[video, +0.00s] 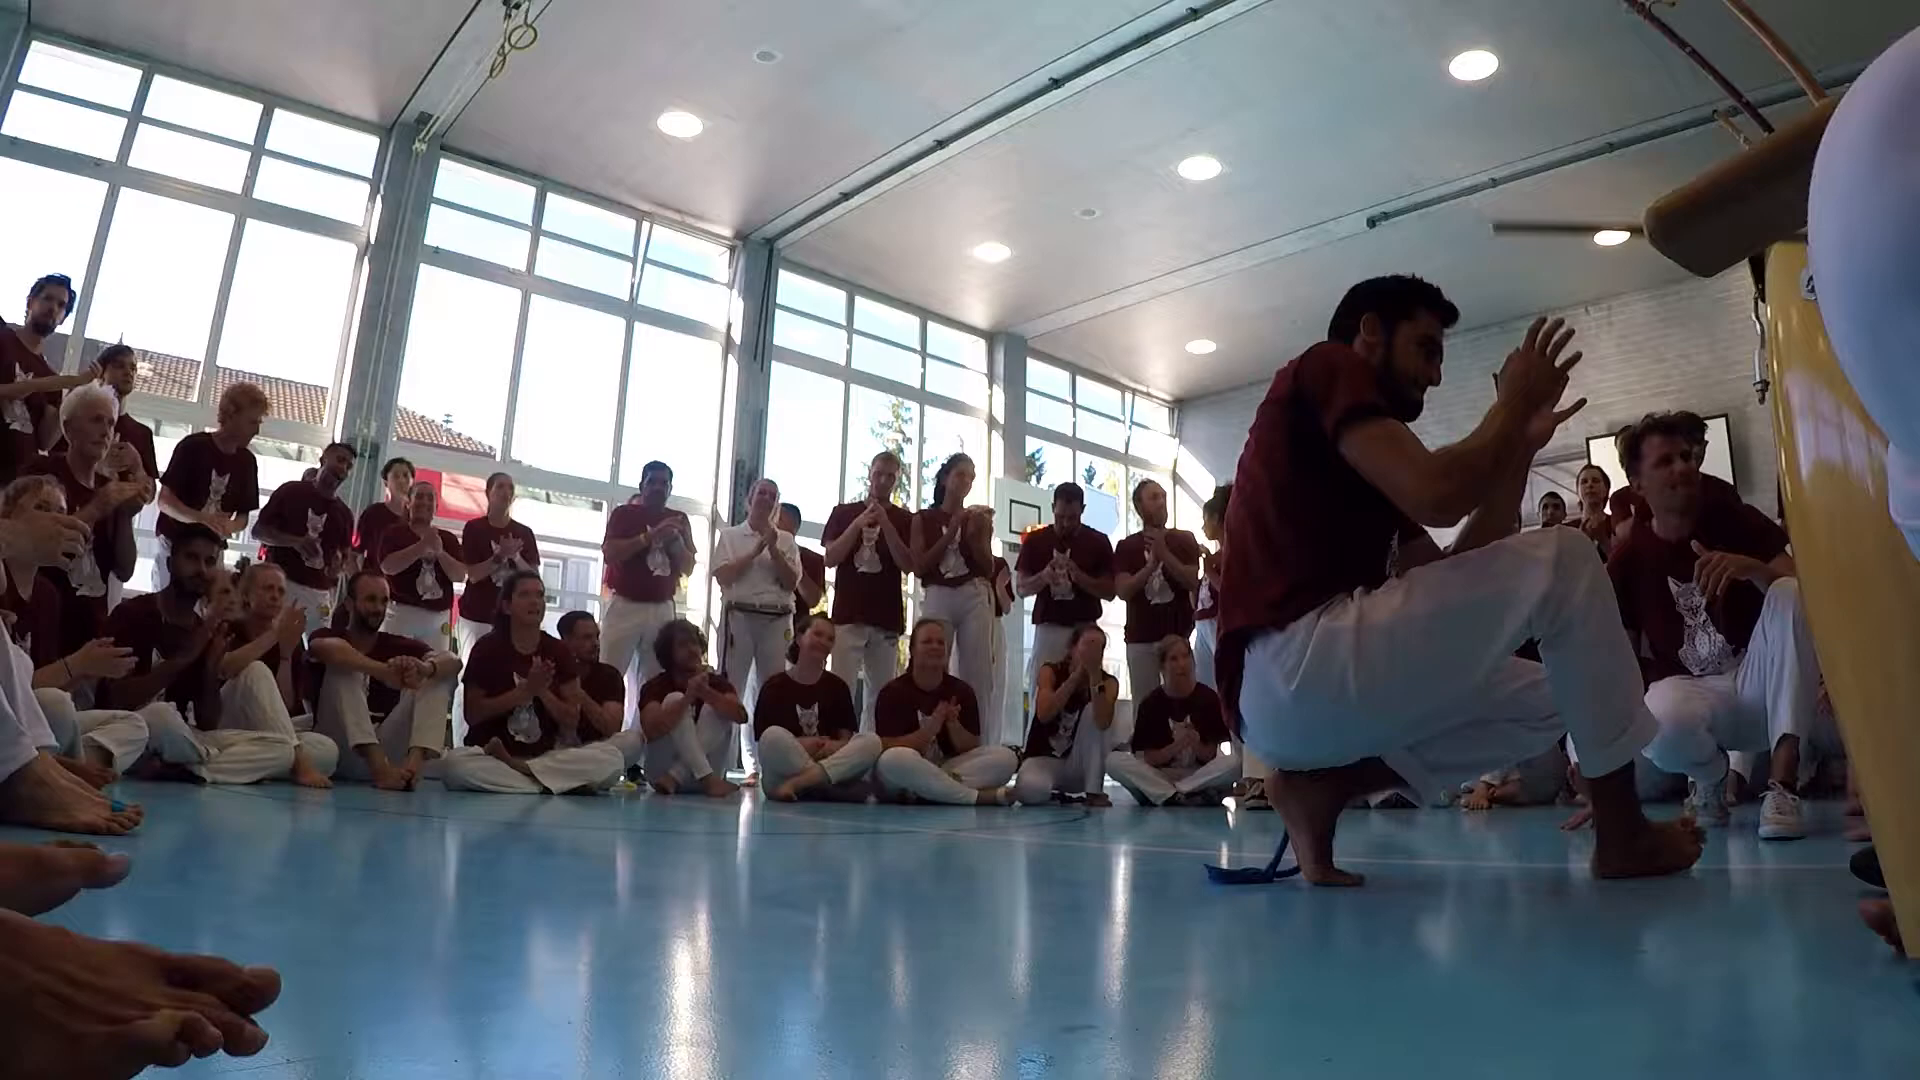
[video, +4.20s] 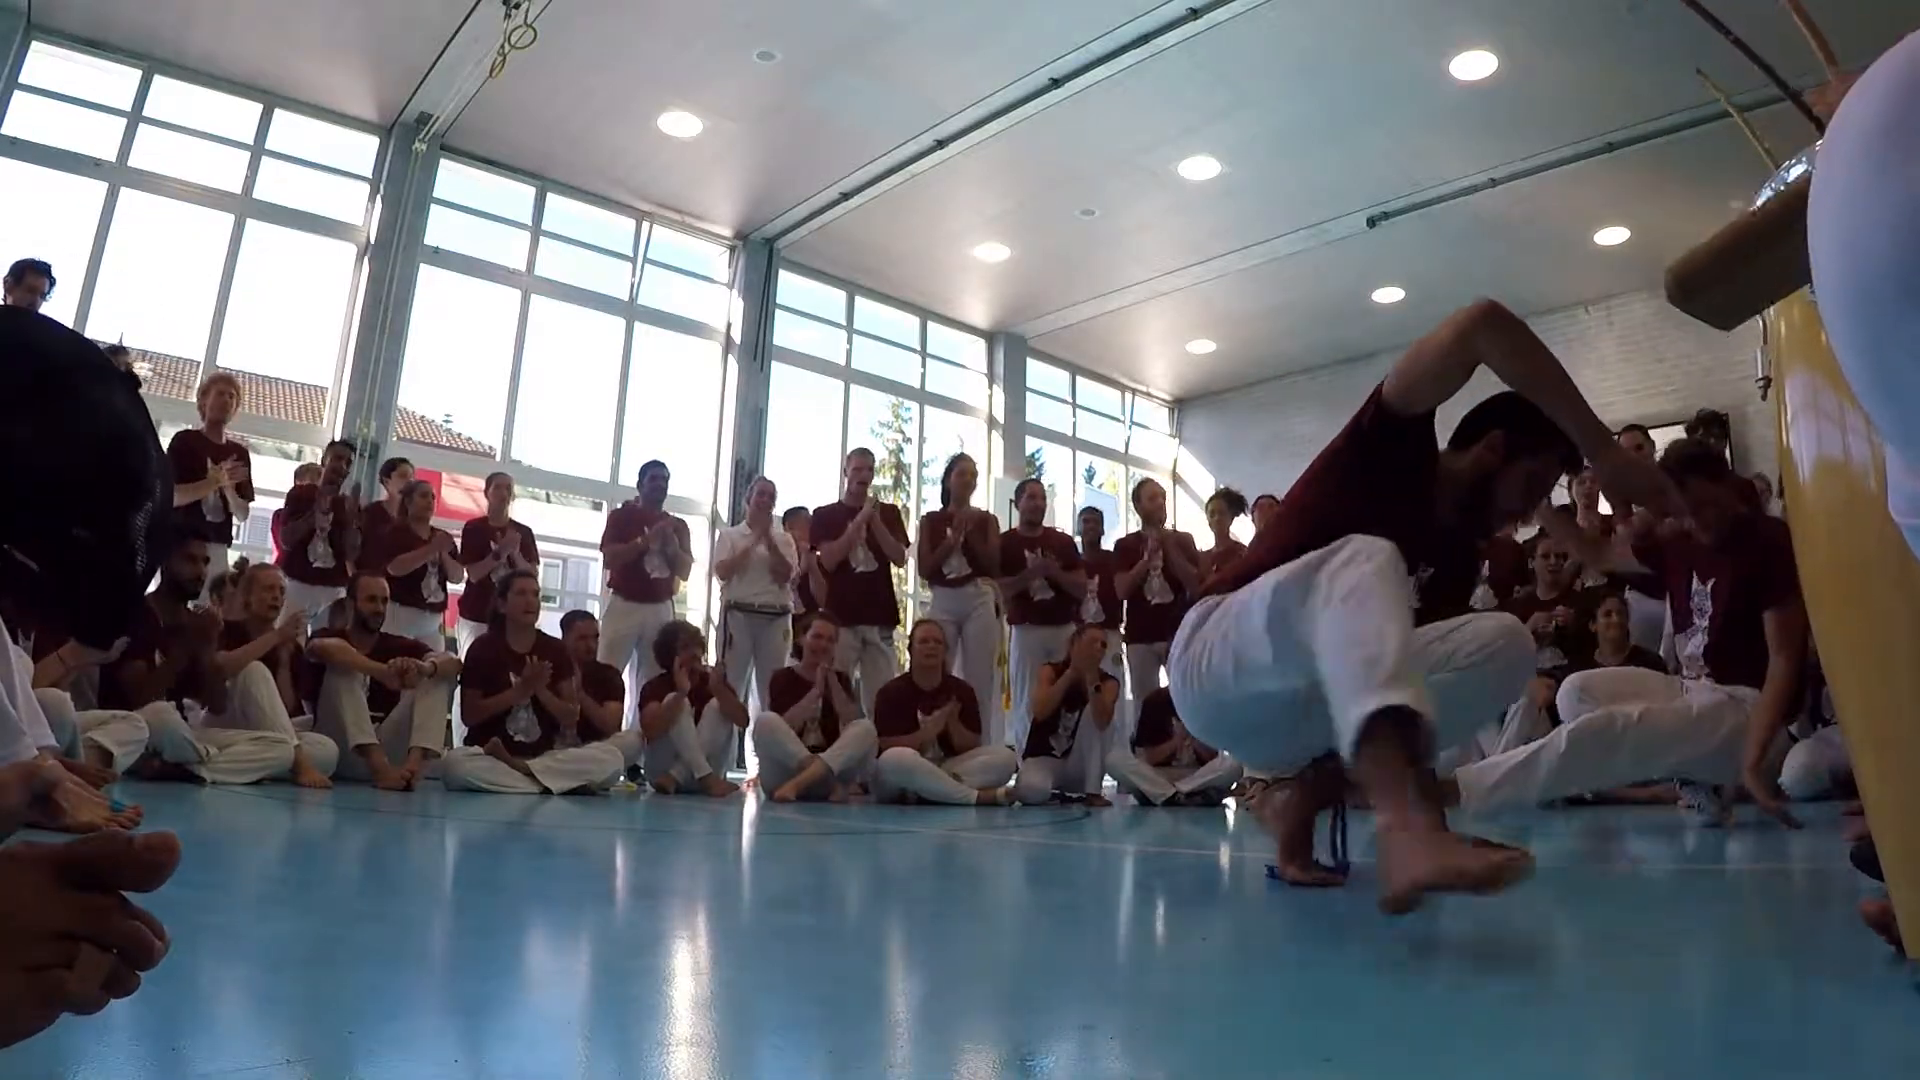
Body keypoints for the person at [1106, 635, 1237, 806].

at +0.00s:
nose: (1181, 664)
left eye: (1185, 657)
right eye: (1174, 659)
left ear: (1192, 660)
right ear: (1162, 666)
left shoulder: (1209, 697)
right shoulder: (1150, 704)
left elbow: (1211, 754)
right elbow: (1149, 759)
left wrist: (1196, 744)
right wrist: (1177, 746)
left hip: (1199, 772)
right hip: (1161, 773)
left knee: (1234, 762)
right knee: (1114, 760)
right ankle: (1172, 795)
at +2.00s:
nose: (1187, 662)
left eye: (1191, 655)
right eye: (1180, 657)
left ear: (1198, 659)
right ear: (1168, 664)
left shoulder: (1212, 697)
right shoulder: (1152, 700)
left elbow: (1214, 755)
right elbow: (1147, 758)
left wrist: (1208, 748)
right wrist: (1167, 745)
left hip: (1199, 772)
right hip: (1160, 773)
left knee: (1232, 762)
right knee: (1114, 759)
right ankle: (1172, 795)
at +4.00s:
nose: (1183, 665)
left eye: (1186, 659)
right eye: (1178, 659)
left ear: (1193, 664)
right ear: (1166, 665)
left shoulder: (1206, 698)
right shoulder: (1153, 701)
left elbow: (1212, 755)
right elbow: (1147, 758)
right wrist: (1168, 742)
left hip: (1199, 772)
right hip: (1161, 774)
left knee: (1235, 761)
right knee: (1114, 759)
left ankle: (1170, 794)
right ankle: (1173, 797)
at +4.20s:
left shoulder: (1210, 700)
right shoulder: (1156, 701)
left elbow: (1213, 757)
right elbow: (1149, 757)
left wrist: (1192, 737)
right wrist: (1178, 740)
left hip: (1198, 773)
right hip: (1158, 772)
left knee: (1233, 765)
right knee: (1115, 759)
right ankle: (1173, 796)